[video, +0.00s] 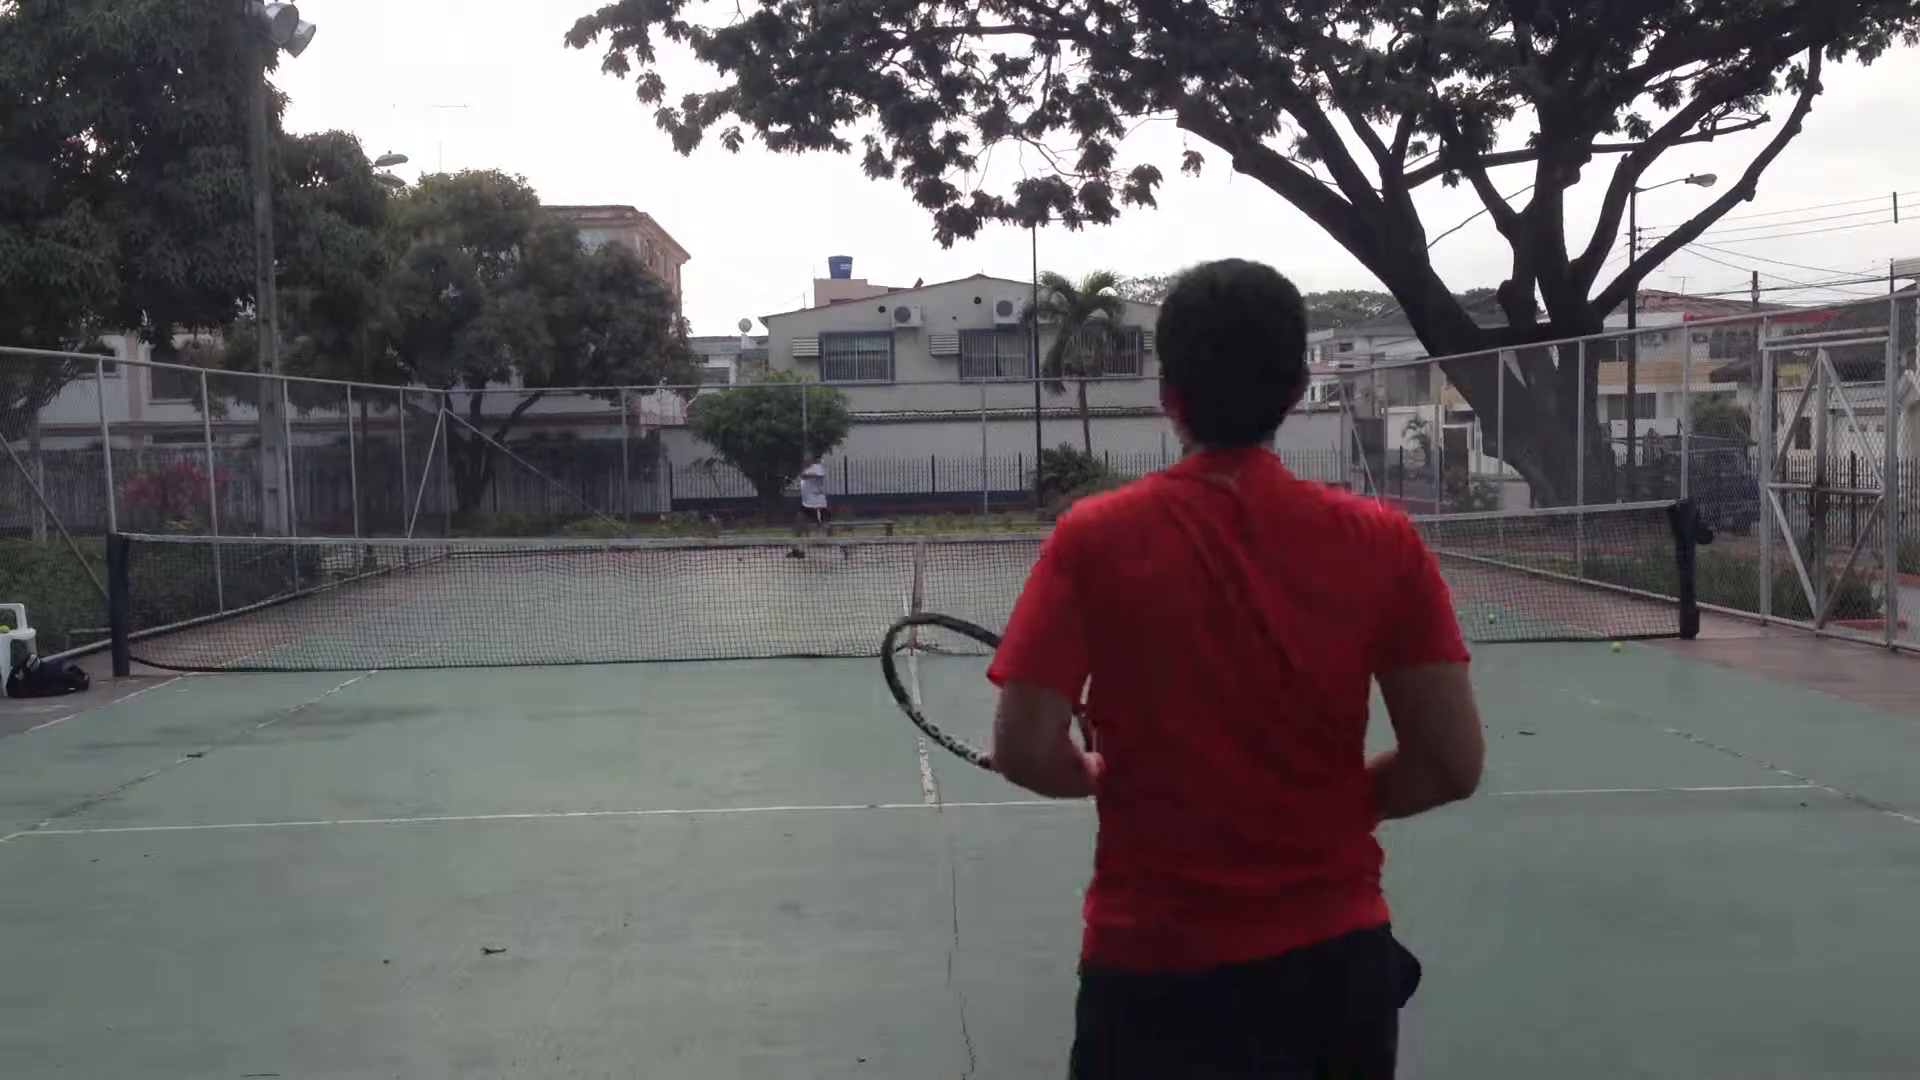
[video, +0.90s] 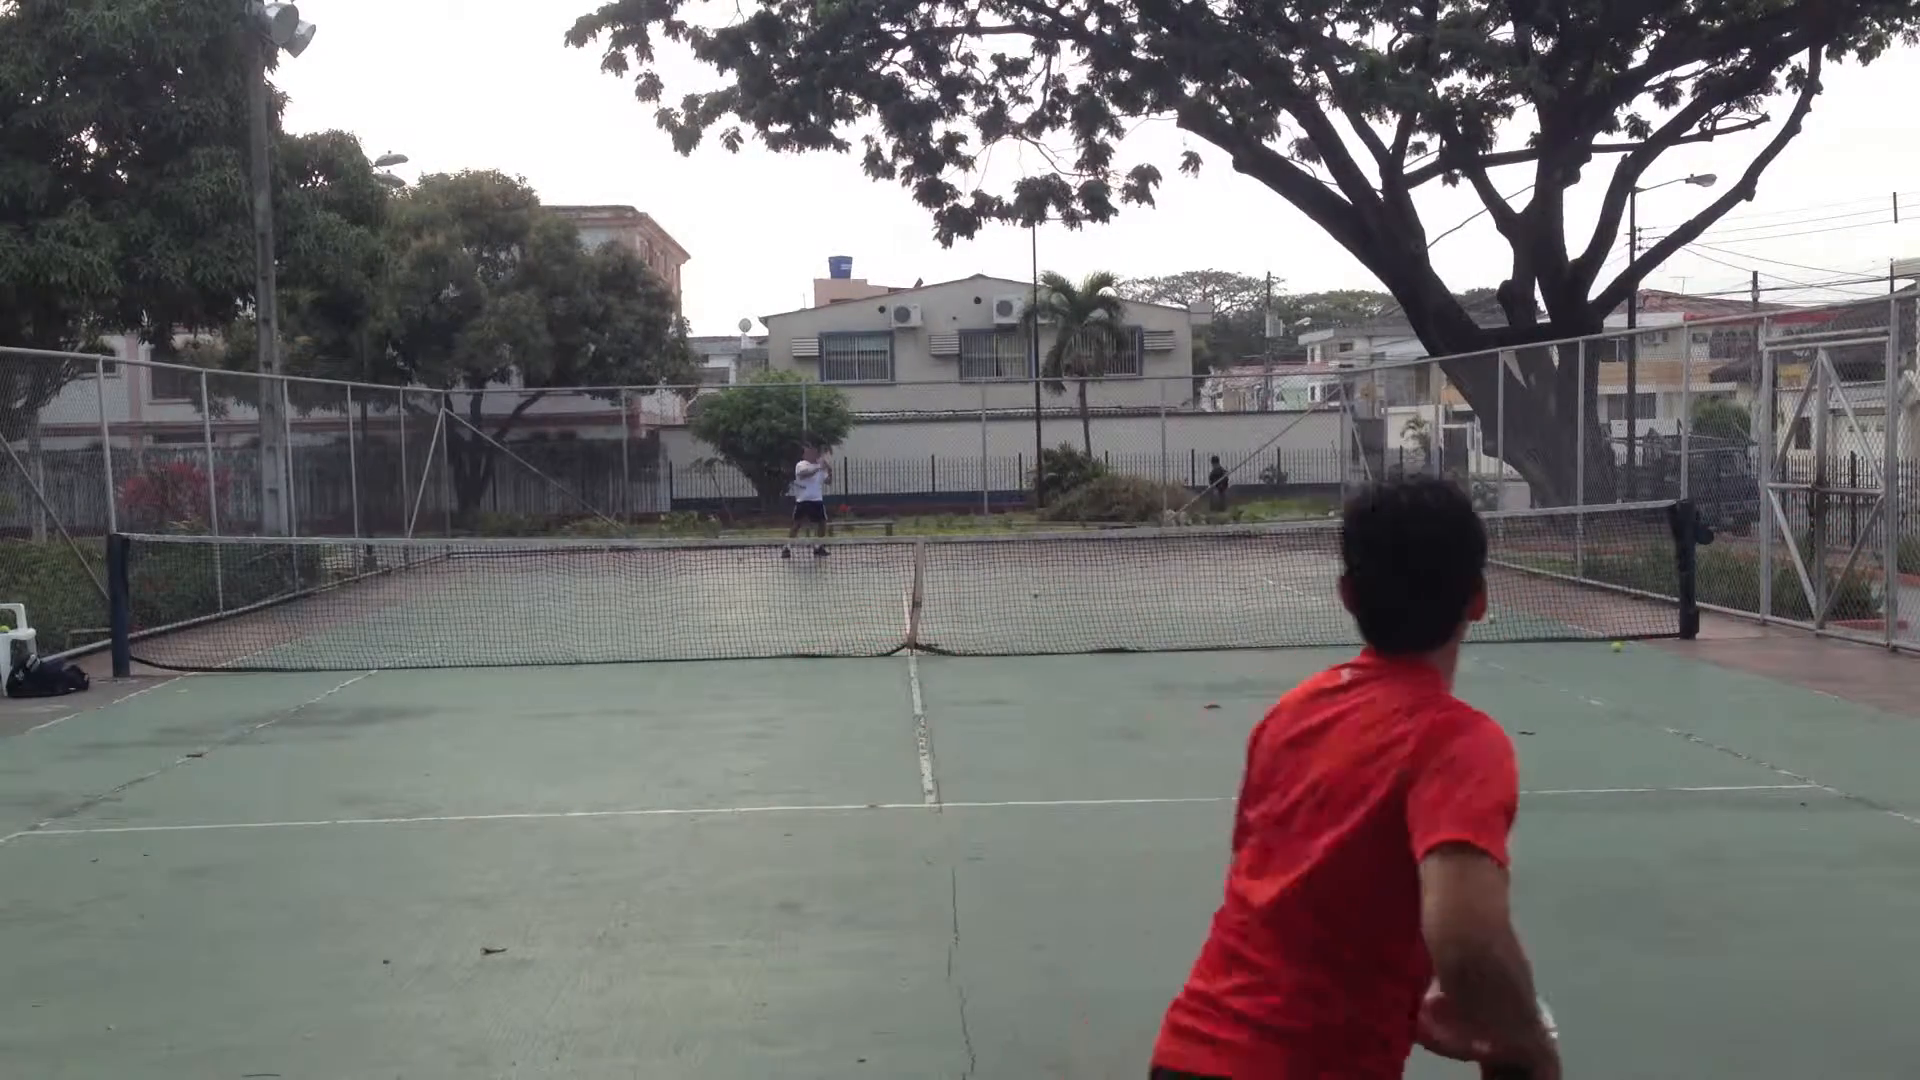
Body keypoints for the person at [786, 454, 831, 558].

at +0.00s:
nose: (805, 460)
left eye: (808, 457)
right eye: (804, 457)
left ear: (814, 458)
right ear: (804, 459)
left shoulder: (818, 467)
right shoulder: (805, 469)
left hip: (818, 504)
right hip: (806, 504)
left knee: (826, 530)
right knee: (798, 527)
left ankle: (842, 547)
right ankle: (798, 549)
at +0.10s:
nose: (807, 453)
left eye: (809, 450)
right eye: (805, 450)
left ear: (813, 452)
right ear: (803, 451)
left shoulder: (817, 463)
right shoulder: (799, 462)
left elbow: (825, 469)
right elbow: (790, 472)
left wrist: (810, 465)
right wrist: (785, 472)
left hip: (811, 496)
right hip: (798, 496)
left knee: (813, 519)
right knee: (796, 521)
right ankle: (797, 545)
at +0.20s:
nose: (807, 448)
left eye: (810, 447)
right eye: (806, 446)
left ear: (814, 450)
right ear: (803, 448)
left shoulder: (815, 459)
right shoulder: (796, 457)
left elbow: (826, 462)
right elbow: (784, 459)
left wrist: (824, 456)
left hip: (807, 493)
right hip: (793, 491)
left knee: (808, 519)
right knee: (792, 519)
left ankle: (815, 543)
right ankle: (794, 545)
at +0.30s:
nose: (801, 450)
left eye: (804, 449)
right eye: (800, 448)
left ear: (809, 452)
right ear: (798, 449)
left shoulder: (813, 463)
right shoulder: (791, 458)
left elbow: (825, 459)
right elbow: (782, 445)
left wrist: (823, 446)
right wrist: (794, 436)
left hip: (803, 496)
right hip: (789, 493)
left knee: (802, 522)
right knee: (787, 519)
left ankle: (804, 545)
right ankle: (784, 545)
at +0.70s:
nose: (804, 454)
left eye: (806, 452)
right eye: (801, 452)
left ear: (809, 454)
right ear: (797, 453)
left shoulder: (811, 466)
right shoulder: (790, 463)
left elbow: (825, 468)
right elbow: (791, 458)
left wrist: (823, 459)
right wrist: (797, 452)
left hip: (806, 498)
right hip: (791, 497)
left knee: (813, 523)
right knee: (790, 522)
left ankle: (814, 545)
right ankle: (786, 546)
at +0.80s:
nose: (800, 449)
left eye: (803, 447)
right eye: (799, 447)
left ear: (809, 451)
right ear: (798, 451)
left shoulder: (814, 466)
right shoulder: (794, 461)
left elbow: (827, 475)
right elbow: (801, 464)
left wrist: (825, 464)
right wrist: (812, 458)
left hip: (811, 499)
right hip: (796, 498)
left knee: (817, 522)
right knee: (792, 522)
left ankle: (818, 546)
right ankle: (787, 546)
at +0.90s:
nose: (811, 455)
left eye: (812, 452)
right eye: (808, 452)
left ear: (817, 453)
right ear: (805, 453)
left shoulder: (819, 466)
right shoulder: (801, 465)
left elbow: (828, 481)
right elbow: (802, 474)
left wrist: (829, 471)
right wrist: (818, 468)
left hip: (817, 499)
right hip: (802, 499)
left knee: (822, 523)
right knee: (796, 524)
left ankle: (819, 546)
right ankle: (788, 547)